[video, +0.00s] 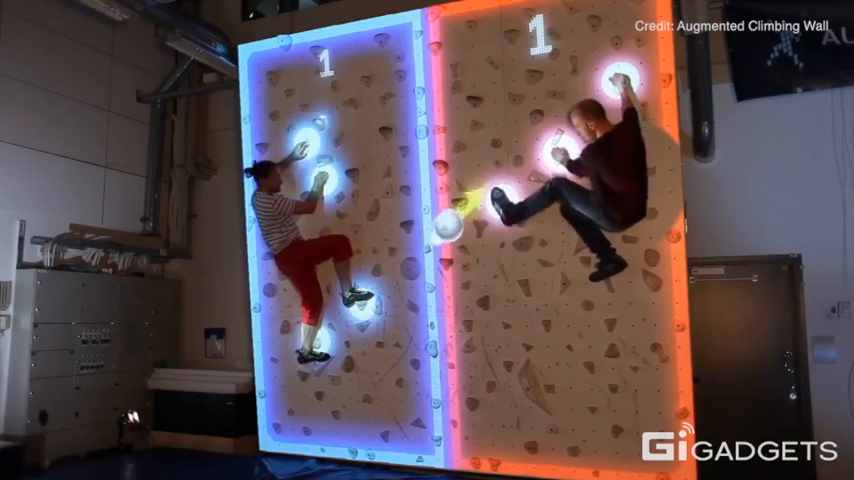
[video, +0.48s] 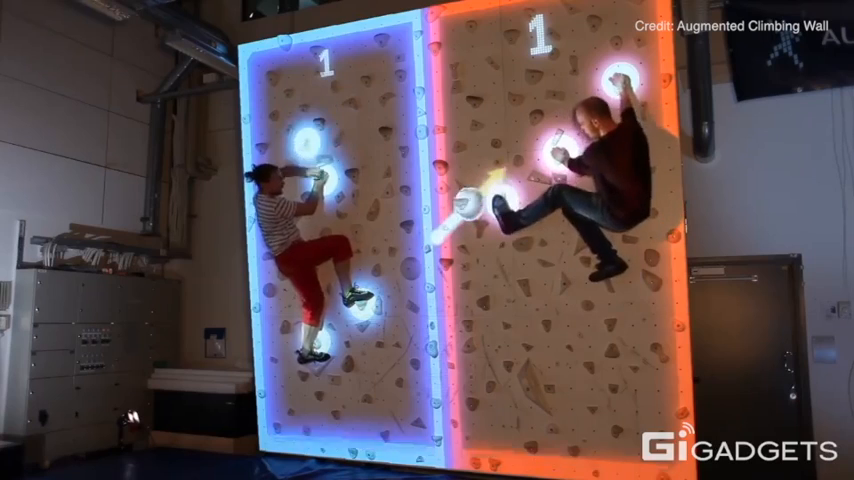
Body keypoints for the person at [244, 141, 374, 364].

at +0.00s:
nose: (280, 179)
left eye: (279, 176)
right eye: (276, 176)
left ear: (263, 180)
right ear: (265, 181)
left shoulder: (258, 196)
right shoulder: (272, 201)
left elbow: (275, 171)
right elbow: (309, 207)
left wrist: (292, 158)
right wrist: (318, 186)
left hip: (285, 257)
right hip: (294, 252)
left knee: (313, 299)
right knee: (339, 243)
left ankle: (306, 350)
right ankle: (348, 291)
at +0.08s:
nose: (280, 179)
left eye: (278, 175)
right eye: (276, 176)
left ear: (263, 181)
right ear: (265, 181)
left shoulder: (258, 197)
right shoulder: (273, 202)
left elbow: (275, 171)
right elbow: (309, 208)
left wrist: (292, 157)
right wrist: (318, 186)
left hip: (285, 257)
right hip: (294, 252)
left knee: (313, 298)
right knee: (339, 243)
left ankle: (306, 350)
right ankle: (348, 291)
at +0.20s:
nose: (280, 181)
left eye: (279, 177)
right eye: (276, 178)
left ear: (263, 182)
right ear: (265, 182)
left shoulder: (258, 198)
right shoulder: (273, 203)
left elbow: (276, 171)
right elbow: (309, 208)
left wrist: (293, 156)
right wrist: (318, 186)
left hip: (285, 259)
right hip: (295, 253)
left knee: (315, 300)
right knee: (339, 243)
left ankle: (306, 350)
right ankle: (348, 292)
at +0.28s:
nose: (280, 181)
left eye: (279, 178)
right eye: (276, 178)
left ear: (263, 183)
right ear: (265, 183)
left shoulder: (258, 199)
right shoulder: (273, 204)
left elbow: (278, 173)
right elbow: (310, 208)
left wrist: (295, 159)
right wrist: (318, 186)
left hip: (285, 259)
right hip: (294, 254)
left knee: (315, 300)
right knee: (339, 243)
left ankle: (306, 350)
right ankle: (349, 292)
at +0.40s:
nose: (280, 182)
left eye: (279, 178)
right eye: (277, 179)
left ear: (263, 184)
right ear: (266, 184)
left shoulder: (259, 198)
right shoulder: (274, 204)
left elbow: (281, 173)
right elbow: (310, 208)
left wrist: (301, 171)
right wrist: (318, 184)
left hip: (285, 259)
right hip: (295, 253)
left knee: (314, 301)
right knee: (339, 243)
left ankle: (306, 350)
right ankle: (348, 293)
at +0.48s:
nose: (281, 181)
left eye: (280, 177)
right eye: (277, 178)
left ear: (264, 184)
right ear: (266, 184)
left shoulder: (261, 198)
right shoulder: (275, 204)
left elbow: (284, 172)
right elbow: (309, 208)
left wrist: (309, 172)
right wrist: (318, 184)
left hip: (285, 259)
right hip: (294, 253)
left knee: (314, 300)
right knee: (339, 243)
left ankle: (306, 350)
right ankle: (348, 293)